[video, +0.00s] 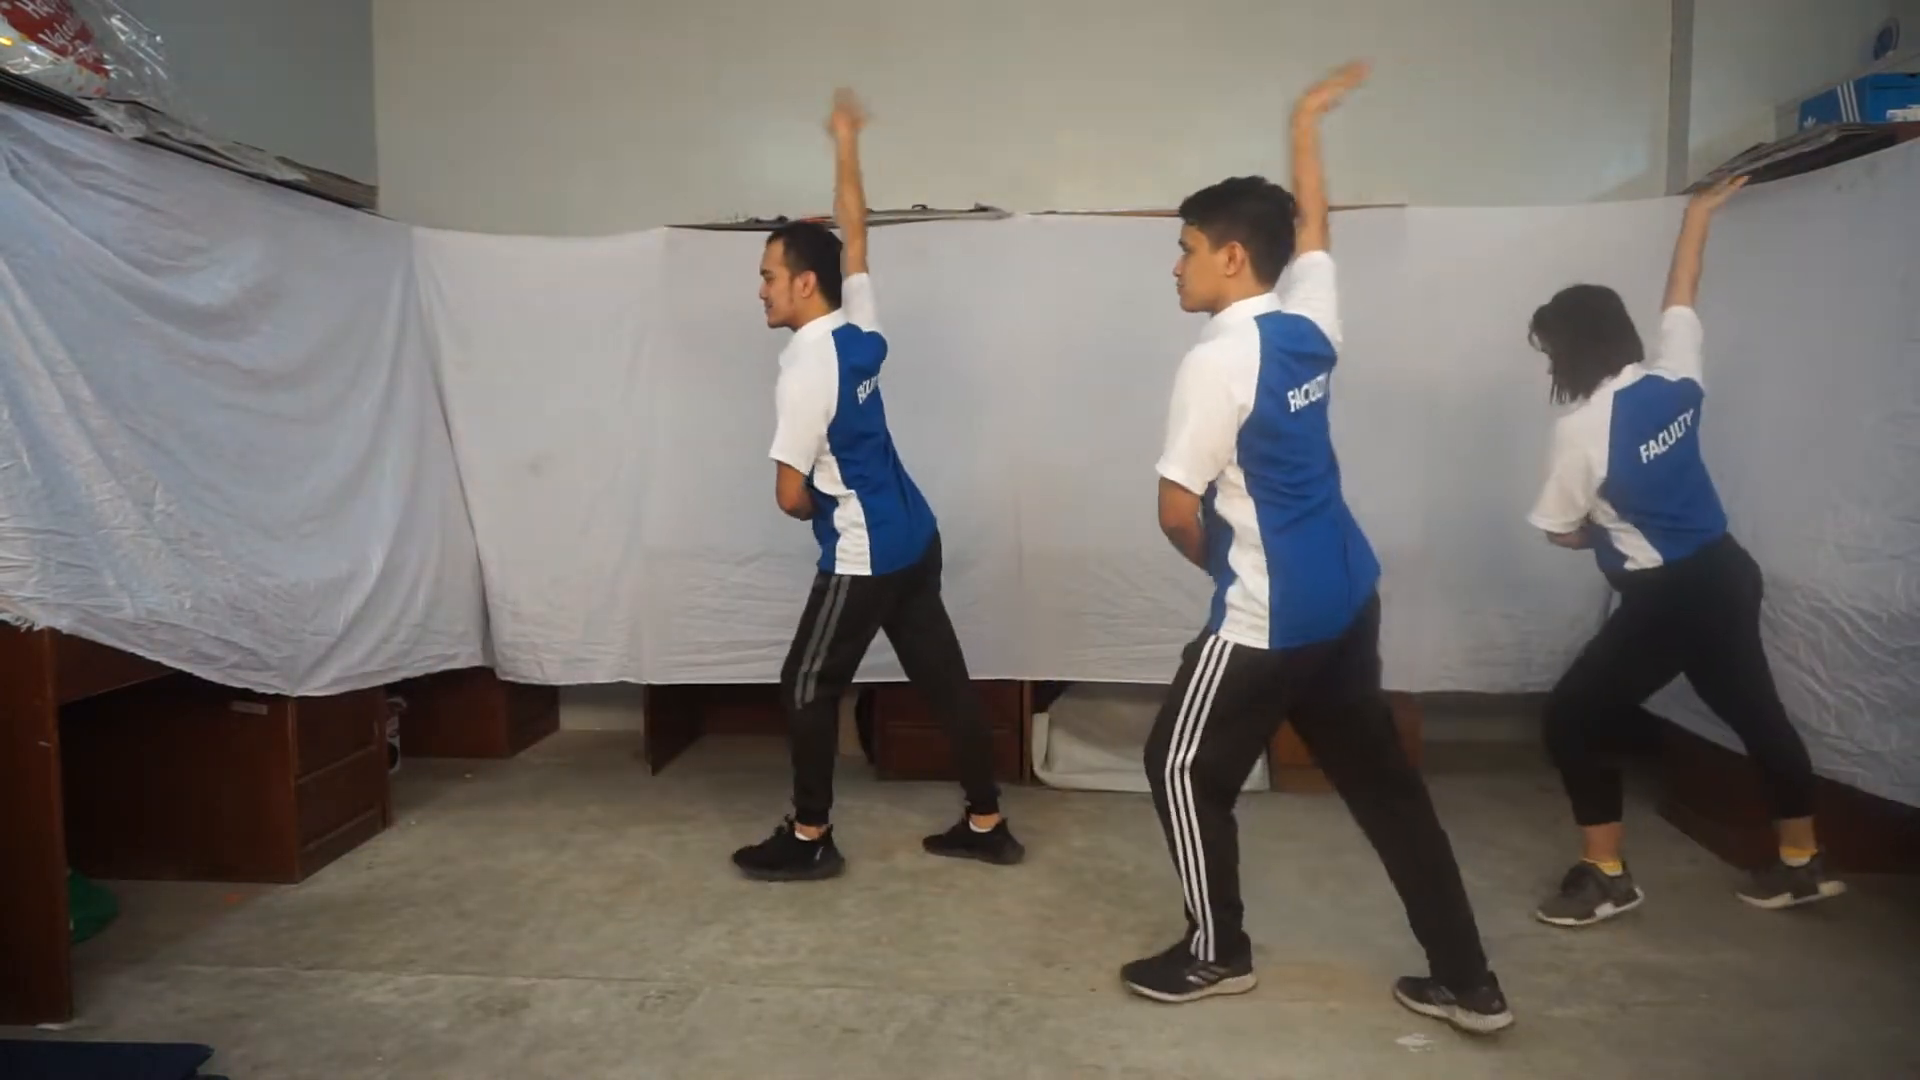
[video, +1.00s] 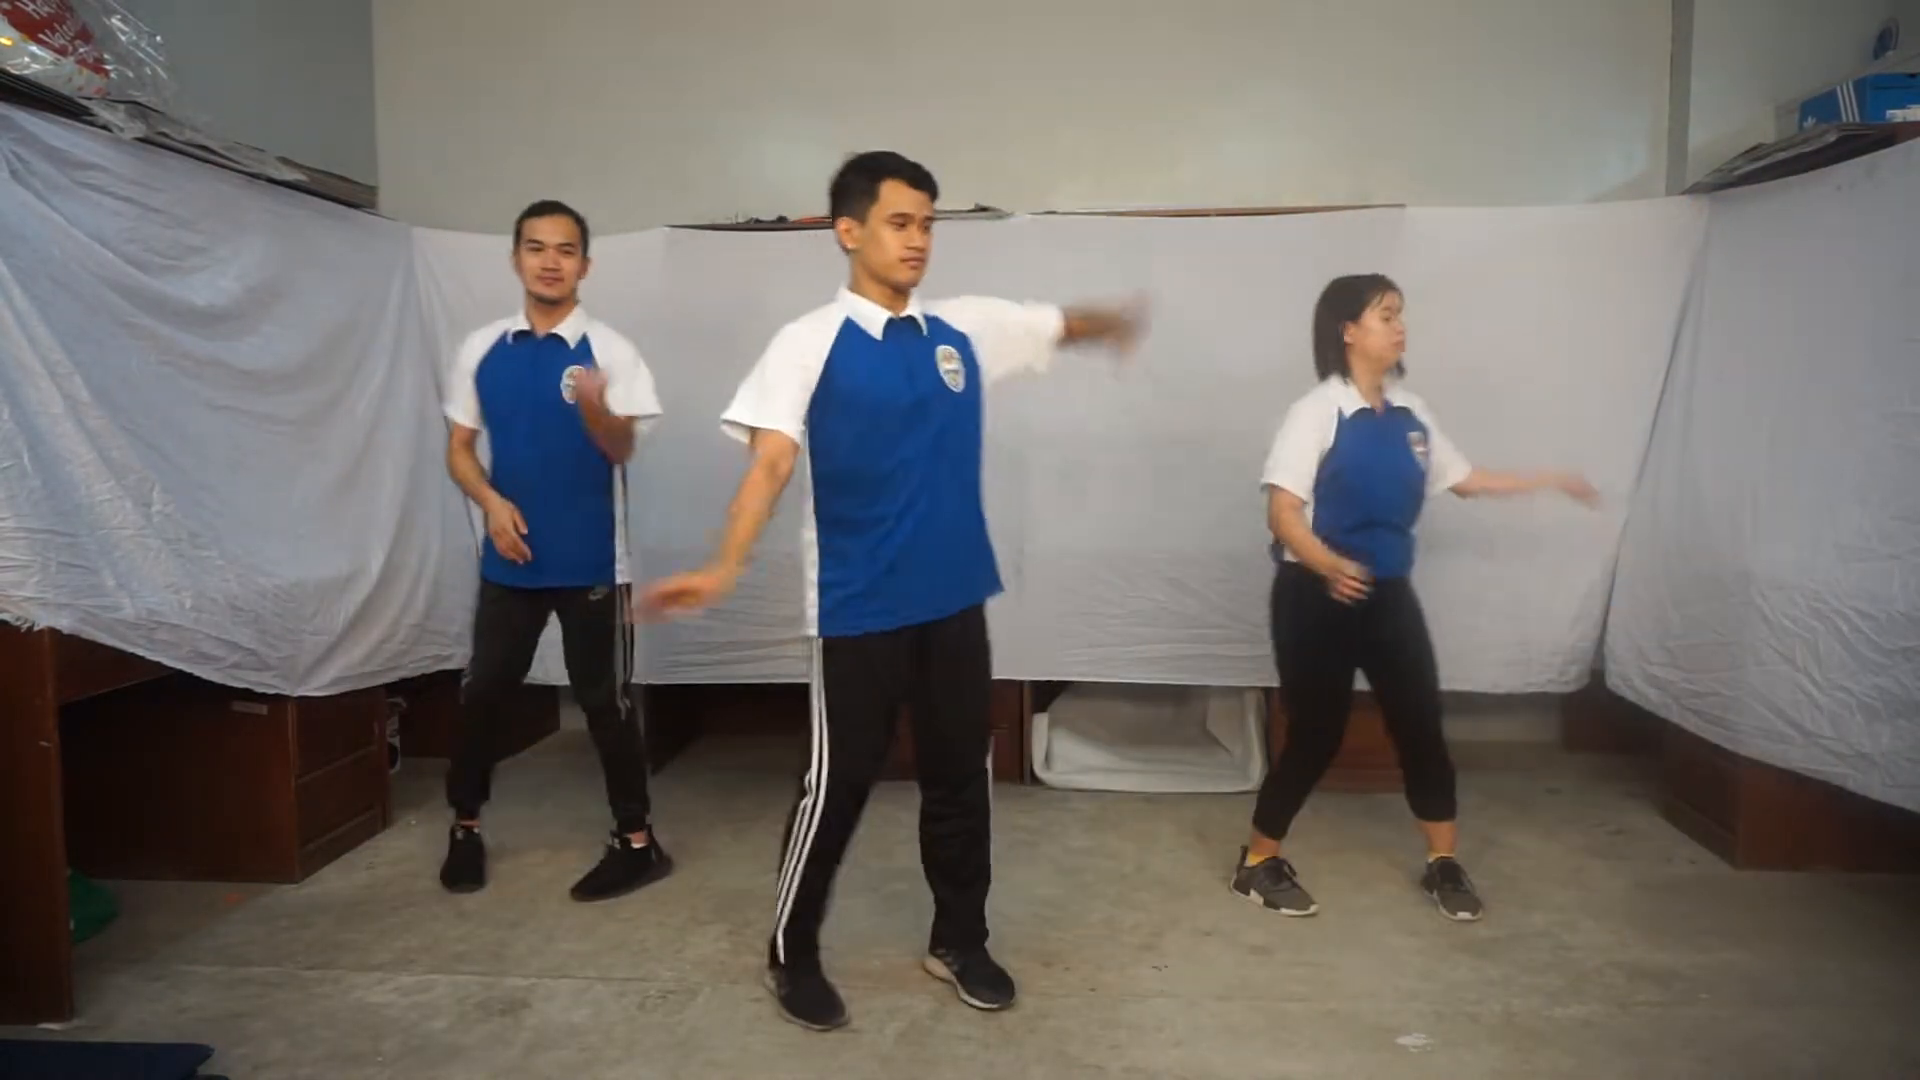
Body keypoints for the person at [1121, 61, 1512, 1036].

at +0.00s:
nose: (1178, 267)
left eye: (1189, 252)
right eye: (1182, 251)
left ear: (1240, 259)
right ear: (1259, 262)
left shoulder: (1218, 355)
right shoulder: (1308, 321)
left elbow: (1177, 513)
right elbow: (1310, 229)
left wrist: (1232, 566)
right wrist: (1306, 120)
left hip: (1267, 608)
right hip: (1342, 586)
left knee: (1181, 767)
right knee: (1381, 780)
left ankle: (1213, 945)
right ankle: (1466, 977)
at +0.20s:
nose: (1122, 242)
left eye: (1138, 226)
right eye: (1121, 225)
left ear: (1194, 232)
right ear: (1195, 237)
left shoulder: (1181, 325)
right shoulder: (1225, 305)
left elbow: (1148, 474)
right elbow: (1176, 350)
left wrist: (1106, 553)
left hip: (1192, 591)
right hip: (1237, 579)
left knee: (1193, 770)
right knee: (1218, 752)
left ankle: (1212, 950)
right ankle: (1326, 881)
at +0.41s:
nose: (1072, 246)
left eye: (1092, 232)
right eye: (1062, 230)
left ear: (1133, 239)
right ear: (1049, 233)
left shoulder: (1134, 329)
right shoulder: (1087, 326)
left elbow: (1104, 475)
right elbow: (1088, 474)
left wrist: (1026, 568)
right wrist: (1042, 571)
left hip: (1139, 594)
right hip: (1084, 588)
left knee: (1165, 772)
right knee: (1057, 741)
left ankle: (1214, 946)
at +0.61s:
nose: (1013, 244)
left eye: (1032, 231)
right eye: (999, 227)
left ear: (1061, 242)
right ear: (978, 235)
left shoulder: (1083, 339)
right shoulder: (968, 348)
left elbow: (1105, 478)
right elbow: (963, 477)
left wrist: (1039, 598)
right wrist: (941, 579)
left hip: (1054, 598)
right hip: (979, 594)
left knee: (1039, 758)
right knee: (996, 754)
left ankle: (1097, 916)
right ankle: (1030, 899)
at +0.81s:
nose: (968, 241)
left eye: (983, 226)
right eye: (950, 225)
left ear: (999, 239)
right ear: (915, 238)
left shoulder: (1040, 340)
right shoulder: (876, 351)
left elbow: (1124, 448)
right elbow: (816, 460)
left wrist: (1086, 567)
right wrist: (737, 560)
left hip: (1004, 609)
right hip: (902, 607)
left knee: (980, 774)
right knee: (880, 757)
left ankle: (959, 926)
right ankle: (956, 863)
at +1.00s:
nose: (918, 240)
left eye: (926, 225)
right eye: (899, 224)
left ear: (933, 233)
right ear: (847, 232)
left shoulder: (960, 326)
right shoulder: (809, 343)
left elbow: (1056, 326)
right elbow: (770, 463)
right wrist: (725, 567)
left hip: (955, 601)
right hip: (859, 610)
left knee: (960, 780)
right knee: (839, 784)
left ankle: (959, 940)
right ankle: (793, 950)